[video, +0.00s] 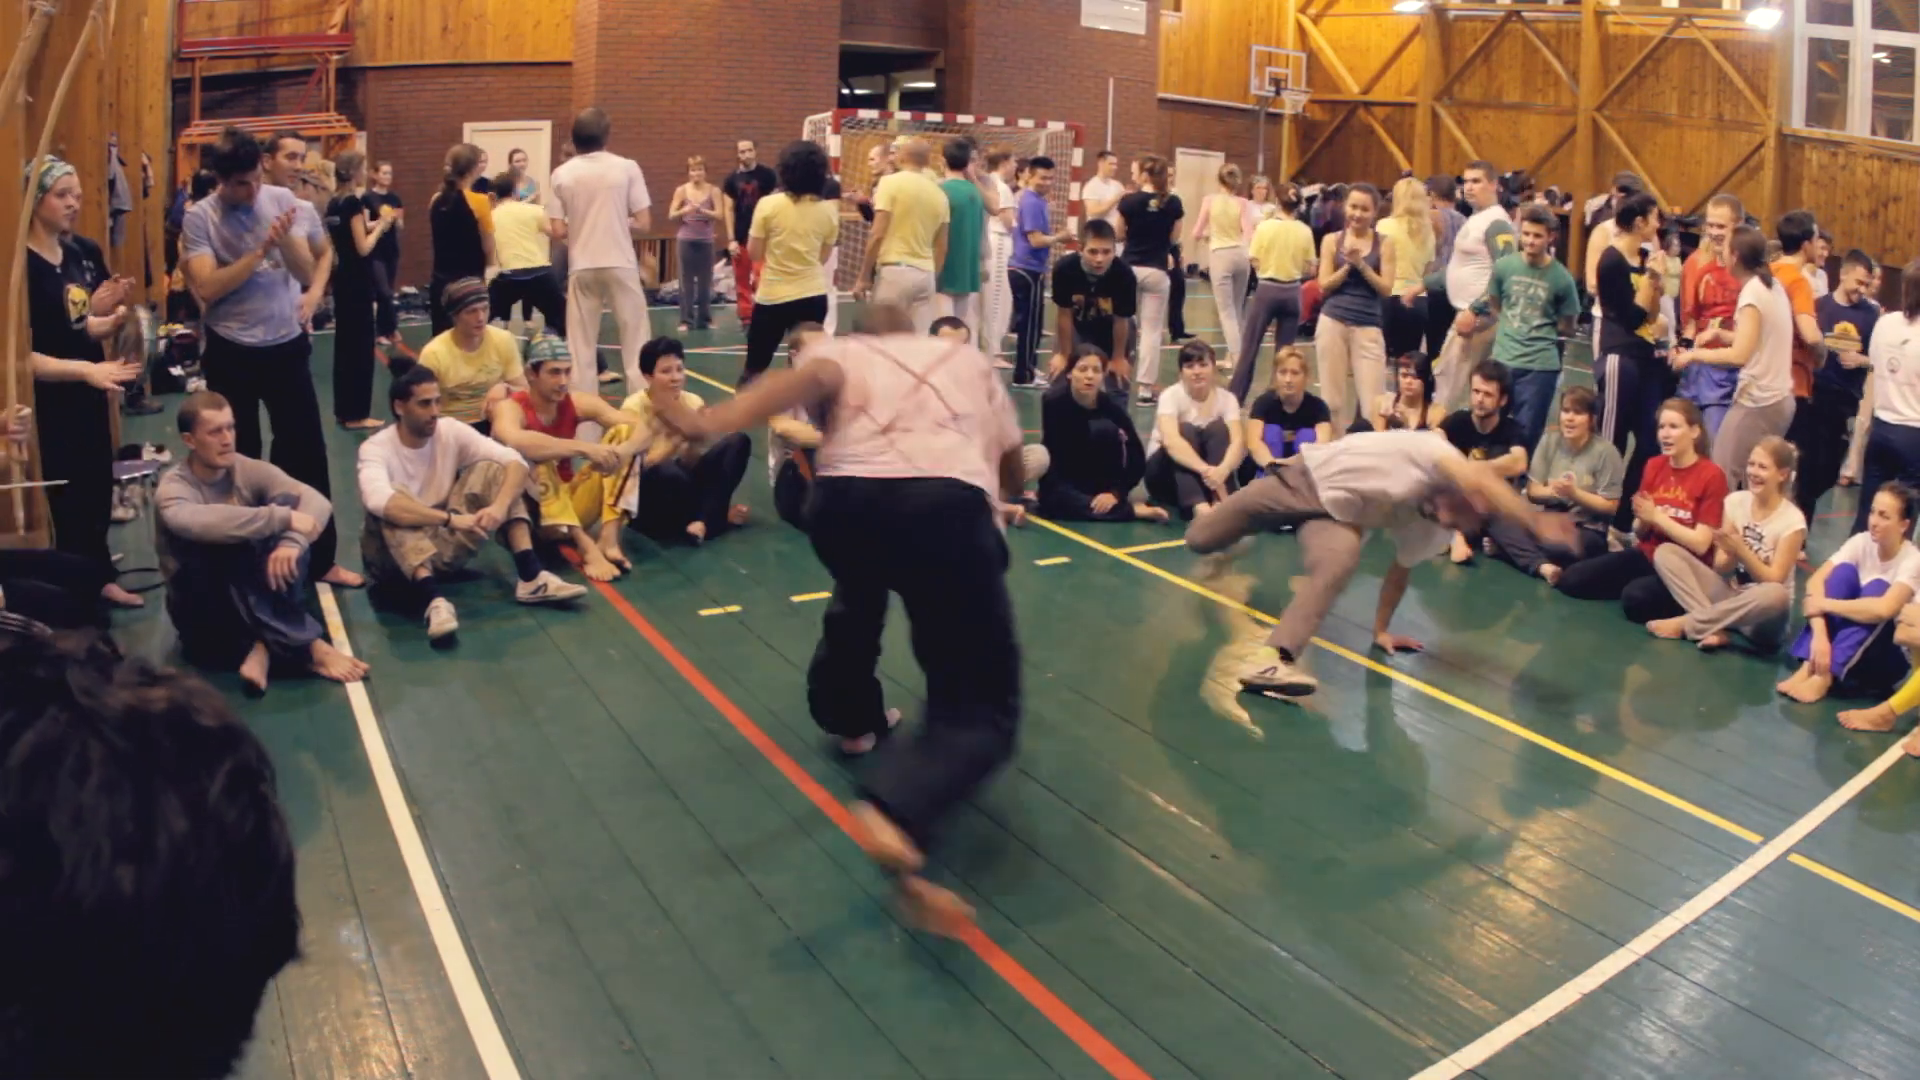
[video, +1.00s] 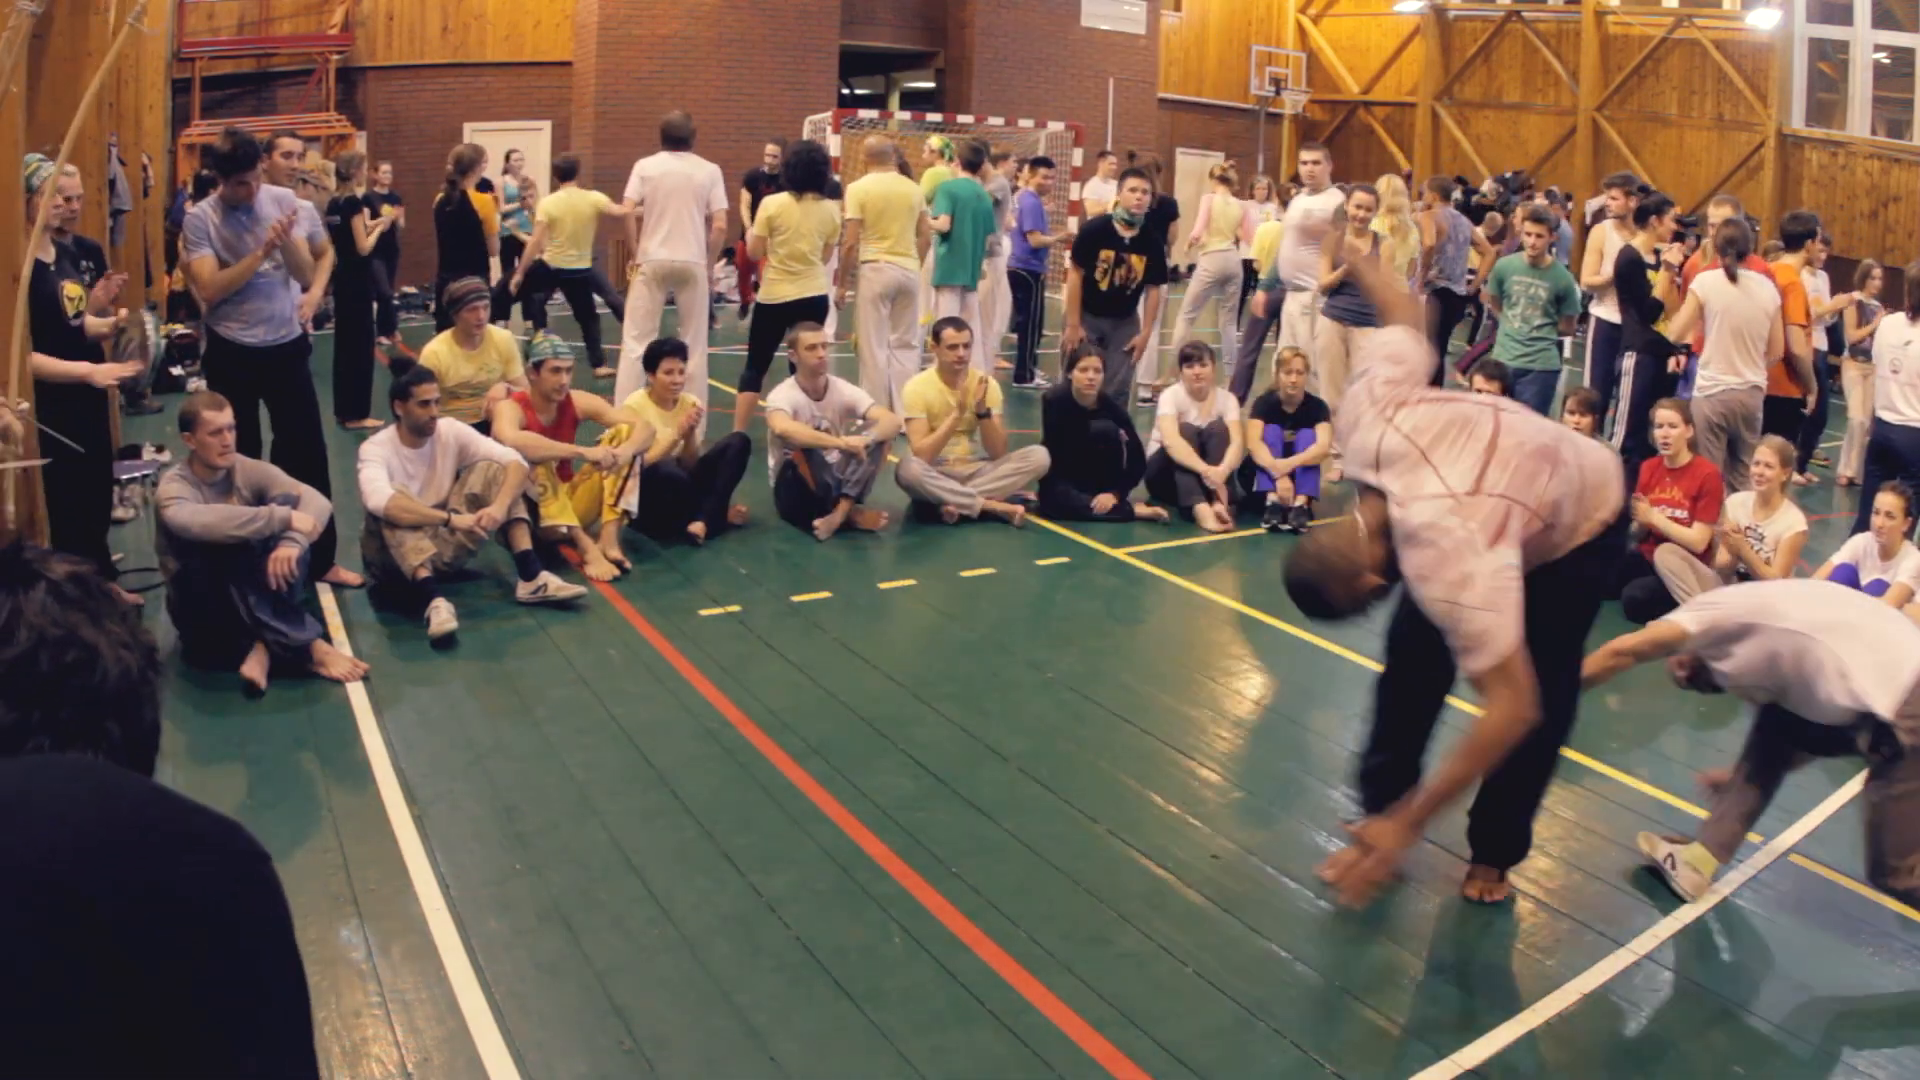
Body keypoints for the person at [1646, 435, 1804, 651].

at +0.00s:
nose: (1753, 472)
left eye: (1763, 467)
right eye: (1751, 464)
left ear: (1783, 475)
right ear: (1745, 466)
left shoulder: (1793, 520)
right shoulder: (1734, 501)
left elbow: (1775, 578)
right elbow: (1720, 566)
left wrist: (1739, 549)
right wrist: (1732, 552)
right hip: (1727, 596)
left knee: (1775, 594)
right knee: (1666, 552)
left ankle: (1685, 624)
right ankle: (1712, 629)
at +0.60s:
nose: (1757, 471)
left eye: (1766, 465)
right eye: (1754, 463)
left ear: (1784, 473)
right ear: (1748, 466)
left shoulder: (1794, 521)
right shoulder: (1734, 502)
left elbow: (1776, 578)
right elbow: (1720, 567)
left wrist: (1743, 551)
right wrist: (1730, 549)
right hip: (1726, 589)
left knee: (1774, 594)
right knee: (1685, 555)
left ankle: (1690, 624)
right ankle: (1709, 631)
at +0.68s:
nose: (1758, 471)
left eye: (1767, 465)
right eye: (1755, 463)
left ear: (1785, 473)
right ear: (1748, 466)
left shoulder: (1794, 521)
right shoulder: (1734, 502)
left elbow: (1777, 576)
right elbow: (1721, 546)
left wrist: (1742, 547)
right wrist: (1722, 536)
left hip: (1765, 589)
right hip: (1728, 582)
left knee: (1773, 591)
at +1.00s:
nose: (1759, 472)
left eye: (1769, 466)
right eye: (1756, 464)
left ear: (1785, 474)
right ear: (1749, 466)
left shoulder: (1794, 522)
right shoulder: (1735, 502)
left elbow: (1776, 579)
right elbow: (1720, 564)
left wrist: (1742, 549)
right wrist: (1733, 547)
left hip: (1764, 601)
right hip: (1727, 589)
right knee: (1666, 554)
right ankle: (1707, 620)